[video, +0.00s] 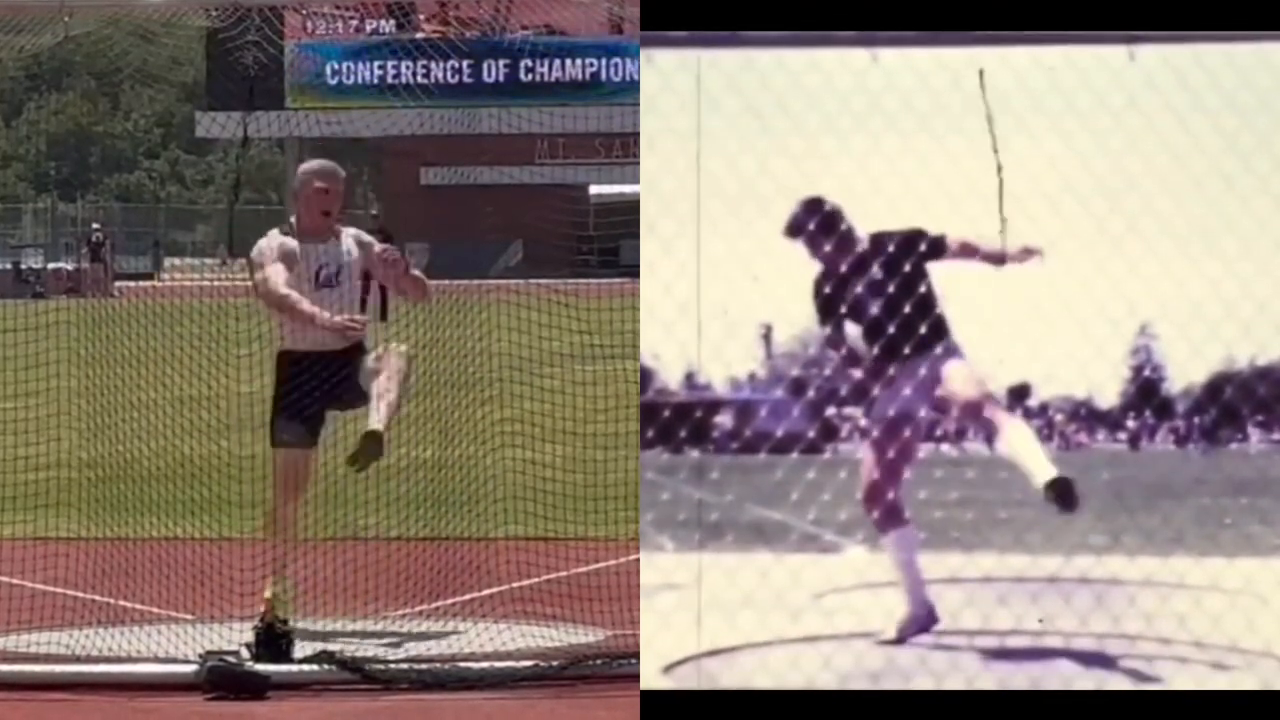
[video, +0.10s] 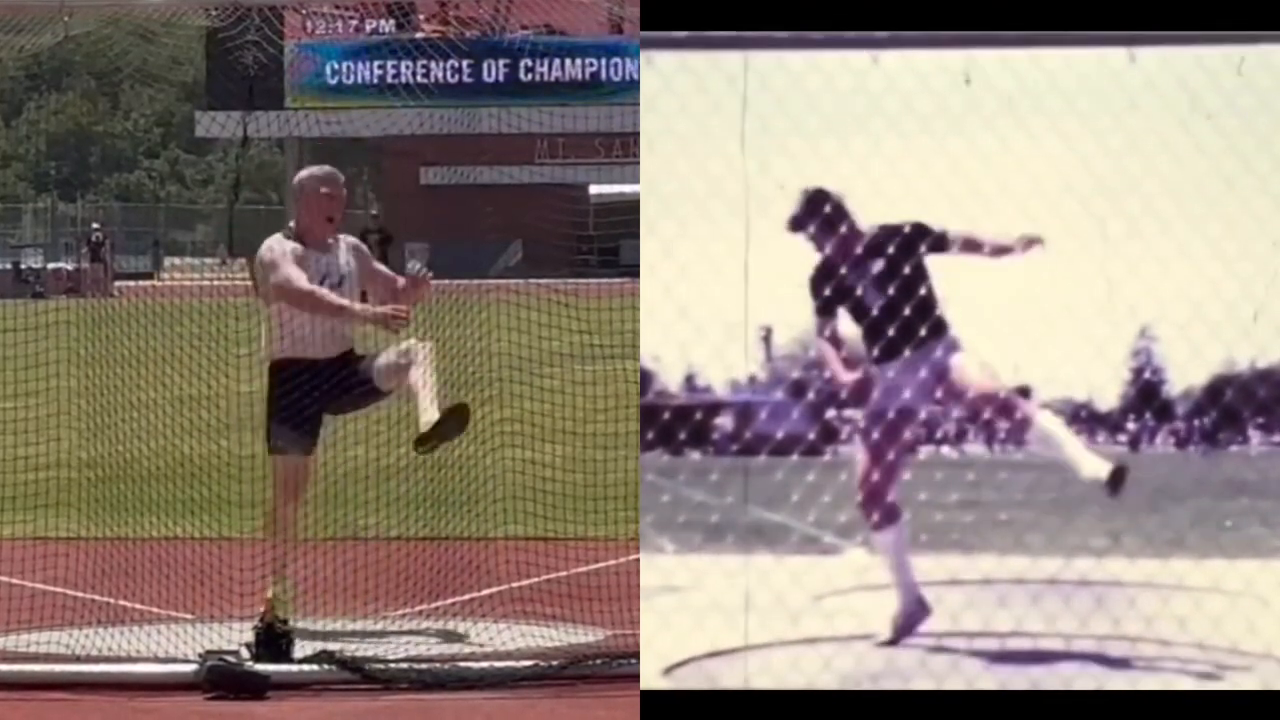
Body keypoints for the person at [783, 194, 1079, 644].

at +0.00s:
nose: (815, 253)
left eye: (817, 241)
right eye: (808, 245)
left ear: (836, 229)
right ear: (811, 245)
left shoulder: (896, 247)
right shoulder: (828, 288)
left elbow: (959, 248)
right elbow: (835, 342)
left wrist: (1004, 256)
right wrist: (858, 365)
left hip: (936, 360)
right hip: (891, 381)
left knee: (980, 401)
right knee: (877, 494)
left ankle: (1050, 482)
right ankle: (918, 606)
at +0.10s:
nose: (822, 247)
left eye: (823, 236)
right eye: (815, 241)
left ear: (841, 221)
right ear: (815, 239)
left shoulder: (900, 240)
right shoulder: (825, 279)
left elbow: (964, 244)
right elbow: (825, 335)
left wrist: (1011, 247)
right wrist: (840, 371)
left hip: (939, 356)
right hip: (890, 377)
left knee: (994, 398)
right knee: (873, 489)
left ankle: (1093, 468)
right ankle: (909, 600)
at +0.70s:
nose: (854, 221)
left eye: (857, 209)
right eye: (843, 215)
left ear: (868, 204)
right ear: (832, 218)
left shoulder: (902, 241)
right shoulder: (827, 273)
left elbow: (964, 255)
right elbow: (812, 341)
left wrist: (1016, 231)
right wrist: (820, 399)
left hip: (941, 360)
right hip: (887, 385)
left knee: (1033, 401)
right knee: (886, 496)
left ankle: (1099, 438)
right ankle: (891, 618)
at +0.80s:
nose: (865, 216)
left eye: (868, 205)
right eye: (854, 210)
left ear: (880, 204)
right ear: (839, 219)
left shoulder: (904, 246)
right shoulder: (833, 277)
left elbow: (957, 265)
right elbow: (820, 346)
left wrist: (1008, 242)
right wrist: (824, 396)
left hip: (938, 366)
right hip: (887, 390)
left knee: (1021, 403)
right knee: (887, 497)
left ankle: (1073, 452)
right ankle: (891, 618)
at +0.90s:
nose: (891, 226)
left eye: (892, 216)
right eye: (880, 220)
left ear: (895, 215)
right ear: (860, 228)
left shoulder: (909, 254)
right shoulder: (849, 282)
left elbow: (947, 278)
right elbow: (836, 355)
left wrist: (999, 256)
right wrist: (846, 420)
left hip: (938, 376)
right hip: (892, 398)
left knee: (1015, 416)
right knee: (890, 504)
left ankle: (1030, 469)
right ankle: (895, 625)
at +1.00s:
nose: (902, 223)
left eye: (901, 214)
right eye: (892, 217)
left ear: (900, 216)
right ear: (872, 227)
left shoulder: (910, 255)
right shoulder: (854, 285)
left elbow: (940, 282)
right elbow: (846, 357)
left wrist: (995, 260)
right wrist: (858, 418)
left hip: (935, 380)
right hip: (887, 400)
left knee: (1009, 421)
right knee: (893, 507)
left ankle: (1011, 475)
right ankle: (896, 626)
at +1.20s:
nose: (935, 220)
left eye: (932, 211)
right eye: (927, 213)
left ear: (904, 221)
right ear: (907, 222)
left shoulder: (916, 266)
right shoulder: (883, 276)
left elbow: (934, 283)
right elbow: (882, 346)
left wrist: (977, 265)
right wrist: (892, 395)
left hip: (926, 387)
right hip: (885, 397)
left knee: (989, 449)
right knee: (901, 511)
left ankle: (937, 520)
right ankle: (896, 623)